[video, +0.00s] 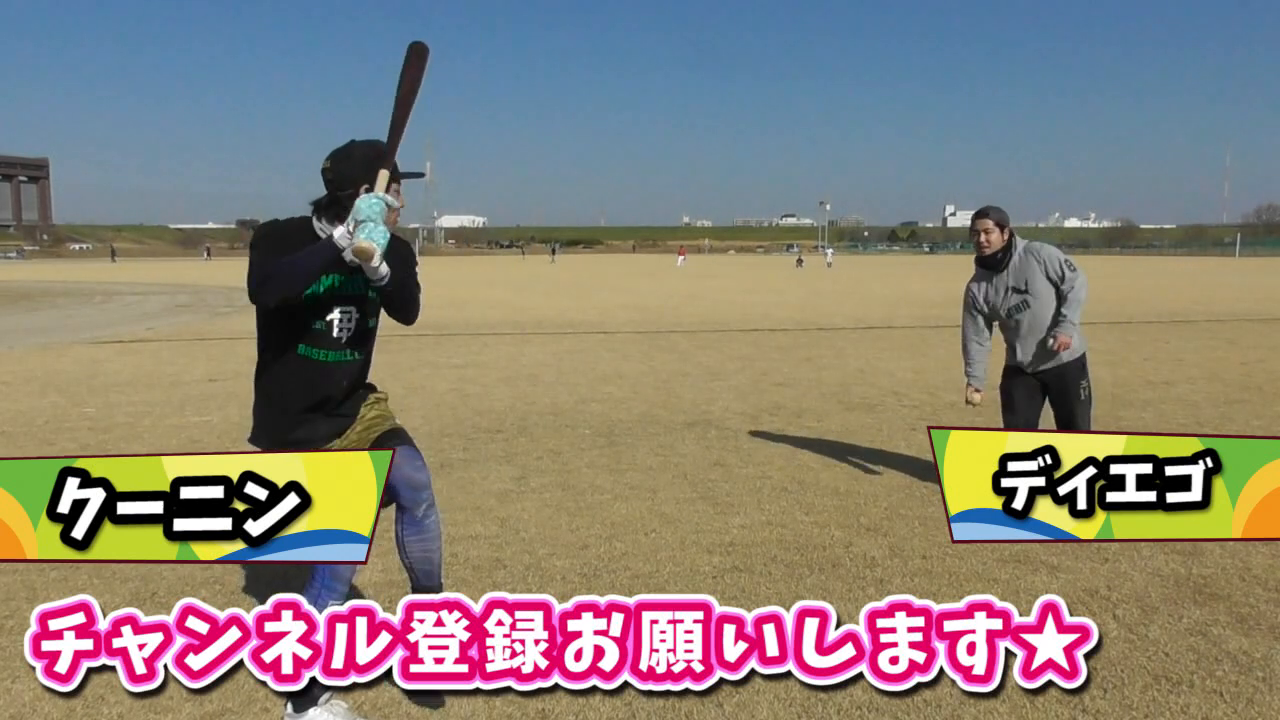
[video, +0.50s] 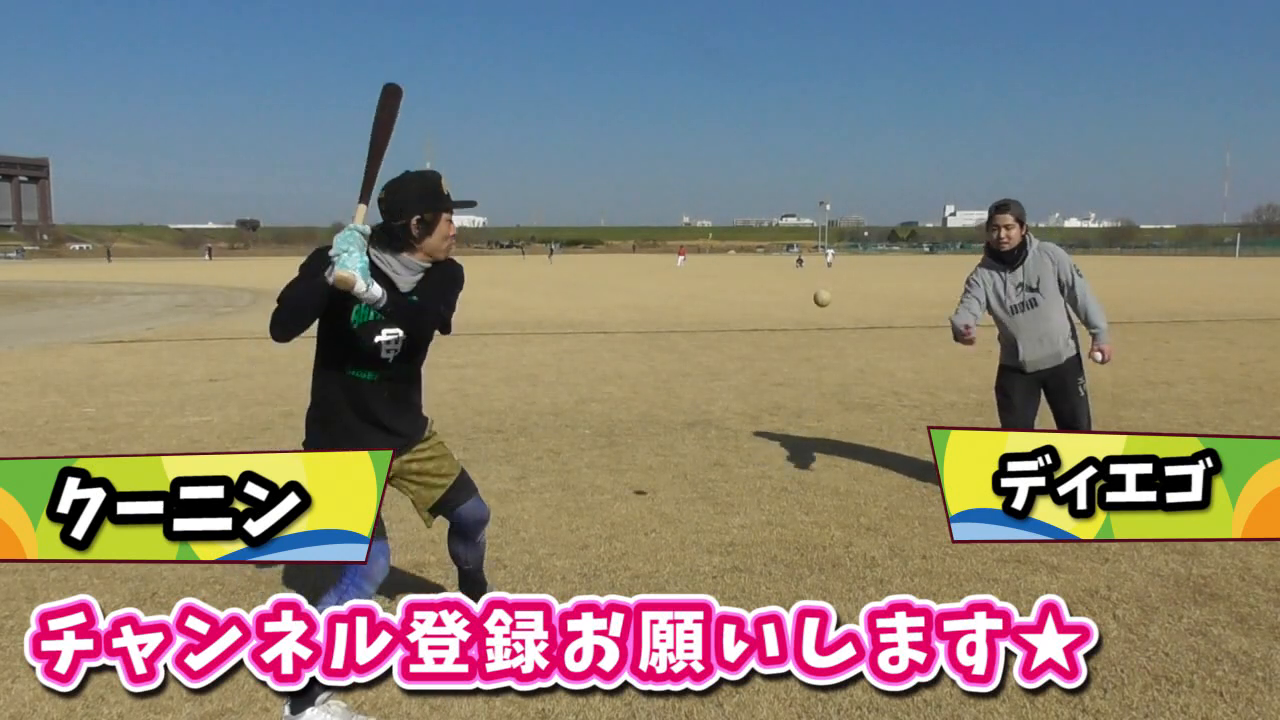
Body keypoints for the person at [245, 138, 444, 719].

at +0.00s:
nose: (396, 199)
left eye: (396, 189)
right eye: (388, 189)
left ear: (377, 193)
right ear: (355, 193)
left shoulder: (390, 246)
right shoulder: (281, 237)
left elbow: (407, 311)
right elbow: (266, 291)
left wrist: (375, 265)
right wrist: (343, 242)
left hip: (357, 407)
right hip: (295, 421)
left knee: (413, 479)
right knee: (343, 543)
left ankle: (431, 620)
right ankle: (306, 694)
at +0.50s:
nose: (455, 226)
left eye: (453, 216)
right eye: (446, 218)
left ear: (420, 225)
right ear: (416, 226)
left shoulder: (445, 274)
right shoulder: (338, 259)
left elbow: (417, 331)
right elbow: (281, 328)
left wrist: (363, 289)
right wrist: (331, 269)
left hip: (406, 428)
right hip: (343, 437)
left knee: (471, 514)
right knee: (369, 564)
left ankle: (475, 605)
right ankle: (305, 694)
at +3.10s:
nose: (419, 197)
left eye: (417, 189)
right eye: (414, 189)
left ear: (387, 195)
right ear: (391, 195)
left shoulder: (405, 247)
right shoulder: (340, 254)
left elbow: (453, 308)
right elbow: (403, 307)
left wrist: (501, 299)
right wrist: (487, 279)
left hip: (377, 422)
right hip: (336, 427)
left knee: (403, 524)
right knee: (372, 558)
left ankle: (368, 632)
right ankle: (311, 690)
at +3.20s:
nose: (422, 204)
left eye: (420, 195)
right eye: (417, 195)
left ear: (391, 200)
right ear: (394, 201)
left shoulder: (408, 253)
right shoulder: (342, 258)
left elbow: (463, 308)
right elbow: (409, 306)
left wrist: (507, 297)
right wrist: (491, 274)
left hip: (375, 425)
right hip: (335, 430)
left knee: (403, 528)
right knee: (373, 560)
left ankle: (357, 632)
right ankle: (312, 691)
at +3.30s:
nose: (424, 207)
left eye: (423, 198)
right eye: (420, 198)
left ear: (392, 203)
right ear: (397, 202)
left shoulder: (407, 253)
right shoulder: (345, 255)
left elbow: (465, 309)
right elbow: (412, 301)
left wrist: (509, 294)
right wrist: (495, 269)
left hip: (373, 425)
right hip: (334, 431)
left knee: (407, 523)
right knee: (372, 558)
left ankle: (360, 627)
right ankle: (311, 691)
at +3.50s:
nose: (424, 208)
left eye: (422, 199)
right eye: (419, 199)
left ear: (393, 205)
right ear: (397, 204)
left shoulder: (409, 257)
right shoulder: (343, 253)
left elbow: (465, 309)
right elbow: (406, 292)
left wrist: (509, 286)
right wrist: (494, 259)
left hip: (370, 426)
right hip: (325, 430)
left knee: (401, 528)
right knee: (367, 557)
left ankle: (366, 631)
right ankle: (310, 690)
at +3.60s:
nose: (422, 213)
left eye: (420, 203)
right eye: (417, 203)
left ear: (386, 208)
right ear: (393, 207)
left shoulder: (402, 261)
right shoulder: (336, 255)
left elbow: (464, 311)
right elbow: (402, 291)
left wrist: (504, 282)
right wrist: (491, 253)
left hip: (365, 431)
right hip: (322, 435)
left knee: (399, 525)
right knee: (369, 561)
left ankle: (365, 628)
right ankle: (309, 690)